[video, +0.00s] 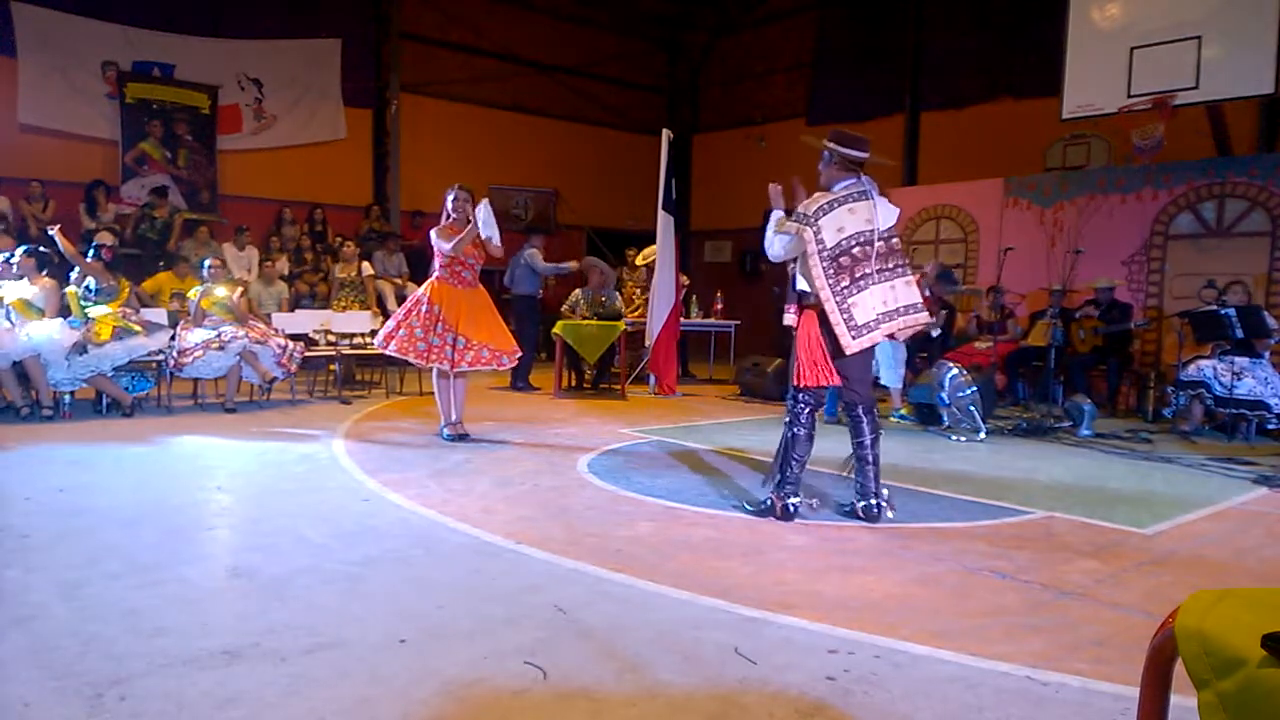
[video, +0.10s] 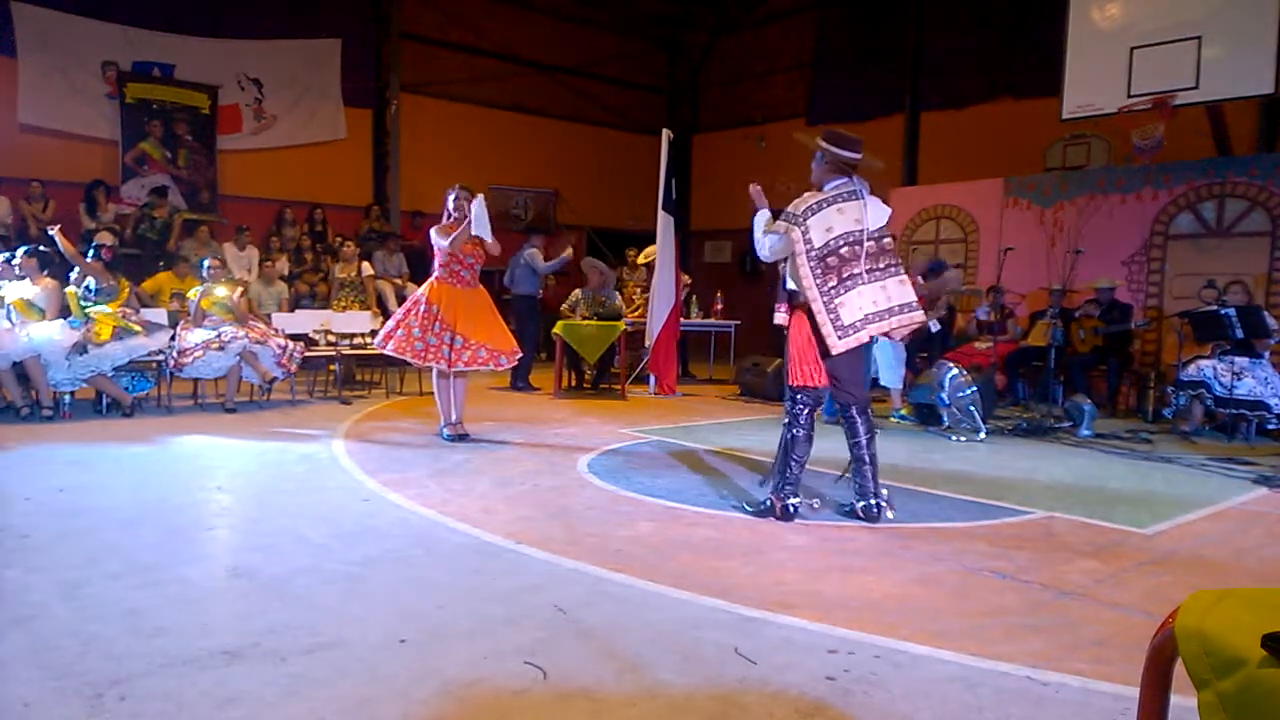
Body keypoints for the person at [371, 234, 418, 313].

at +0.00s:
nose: (395, 244)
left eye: (396, 241)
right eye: (392, 241)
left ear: (398, 243)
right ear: (386, 243)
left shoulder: (400, 255)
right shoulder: (378, 255)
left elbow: (405, 271)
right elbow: (379, 273)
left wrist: (404, 280)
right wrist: (393, 281)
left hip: (397, 278)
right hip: (383, 278)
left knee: (413, 288)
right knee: (387, 289)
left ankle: (418, 311)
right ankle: (394, 313)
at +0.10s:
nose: (396, 244)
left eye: (397, 241)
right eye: (393, 241)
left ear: (399, 243)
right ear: (386, 243)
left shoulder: (400, 255)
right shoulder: (378, 255)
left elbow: (405, 271)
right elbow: (379, 273)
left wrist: (404, 280)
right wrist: (393, 282)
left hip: (397, 278)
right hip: (383, 278)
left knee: (413, 289)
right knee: (387, 289)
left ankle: (417, 312)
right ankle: (394, 312)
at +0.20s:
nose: (396, 244)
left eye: (397, 242)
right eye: (393, 241)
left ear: (398, 243)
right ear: (387, 243)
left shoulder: (400, 255)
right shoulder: (378, 254)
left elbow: (405, 271)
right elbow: (379, 273)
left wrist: (404, 280)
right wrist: (394, 282)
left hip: (397, 278)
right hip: (383, 278)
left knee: (413, 289)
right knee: (387, 289)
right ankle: (395, 312)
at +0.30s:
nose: (396, 244)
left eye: (397, 241)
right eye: (393, 241)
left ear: (399, 243)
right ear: (387, 243)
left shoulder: (400, 255)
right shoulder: (379, 254)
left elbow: (405, 271)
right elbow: (379, 273)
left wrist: (404, 280)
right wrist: (394, 282)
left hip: (397, 278)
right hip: (383, 278)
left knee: (413, 289)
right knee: (387, 289)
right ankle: (394, 313)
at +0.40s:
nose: (395, 245)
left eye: (396, 242)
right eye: (393, 242)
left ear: (398, 244)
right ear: (386, 243)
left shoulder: (399, 255)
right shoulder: (377, 254)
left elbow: (404, 271)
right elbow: (378, 272)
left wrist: (403, 280)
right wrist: (393, 282)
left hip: (397, 277)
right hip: (382, 277)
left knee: (412, 289)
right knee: (386, 290)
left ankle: (416, 315)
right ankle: (390, 317)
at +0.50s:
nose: (396, 245)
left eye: (397, 243)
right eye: (394, 243)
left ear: (399, 244)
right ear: (387, 243)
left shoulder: (400, 255)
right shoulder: (379, 254)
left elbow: (405, 272)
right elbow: (380, 273)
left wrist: (404, 282)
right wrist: (395, 283)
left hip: (398, 278)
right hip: (383, 278)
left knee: (414, 291)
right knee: (387, 291)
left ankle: (417, 317)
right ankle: (387, 318)